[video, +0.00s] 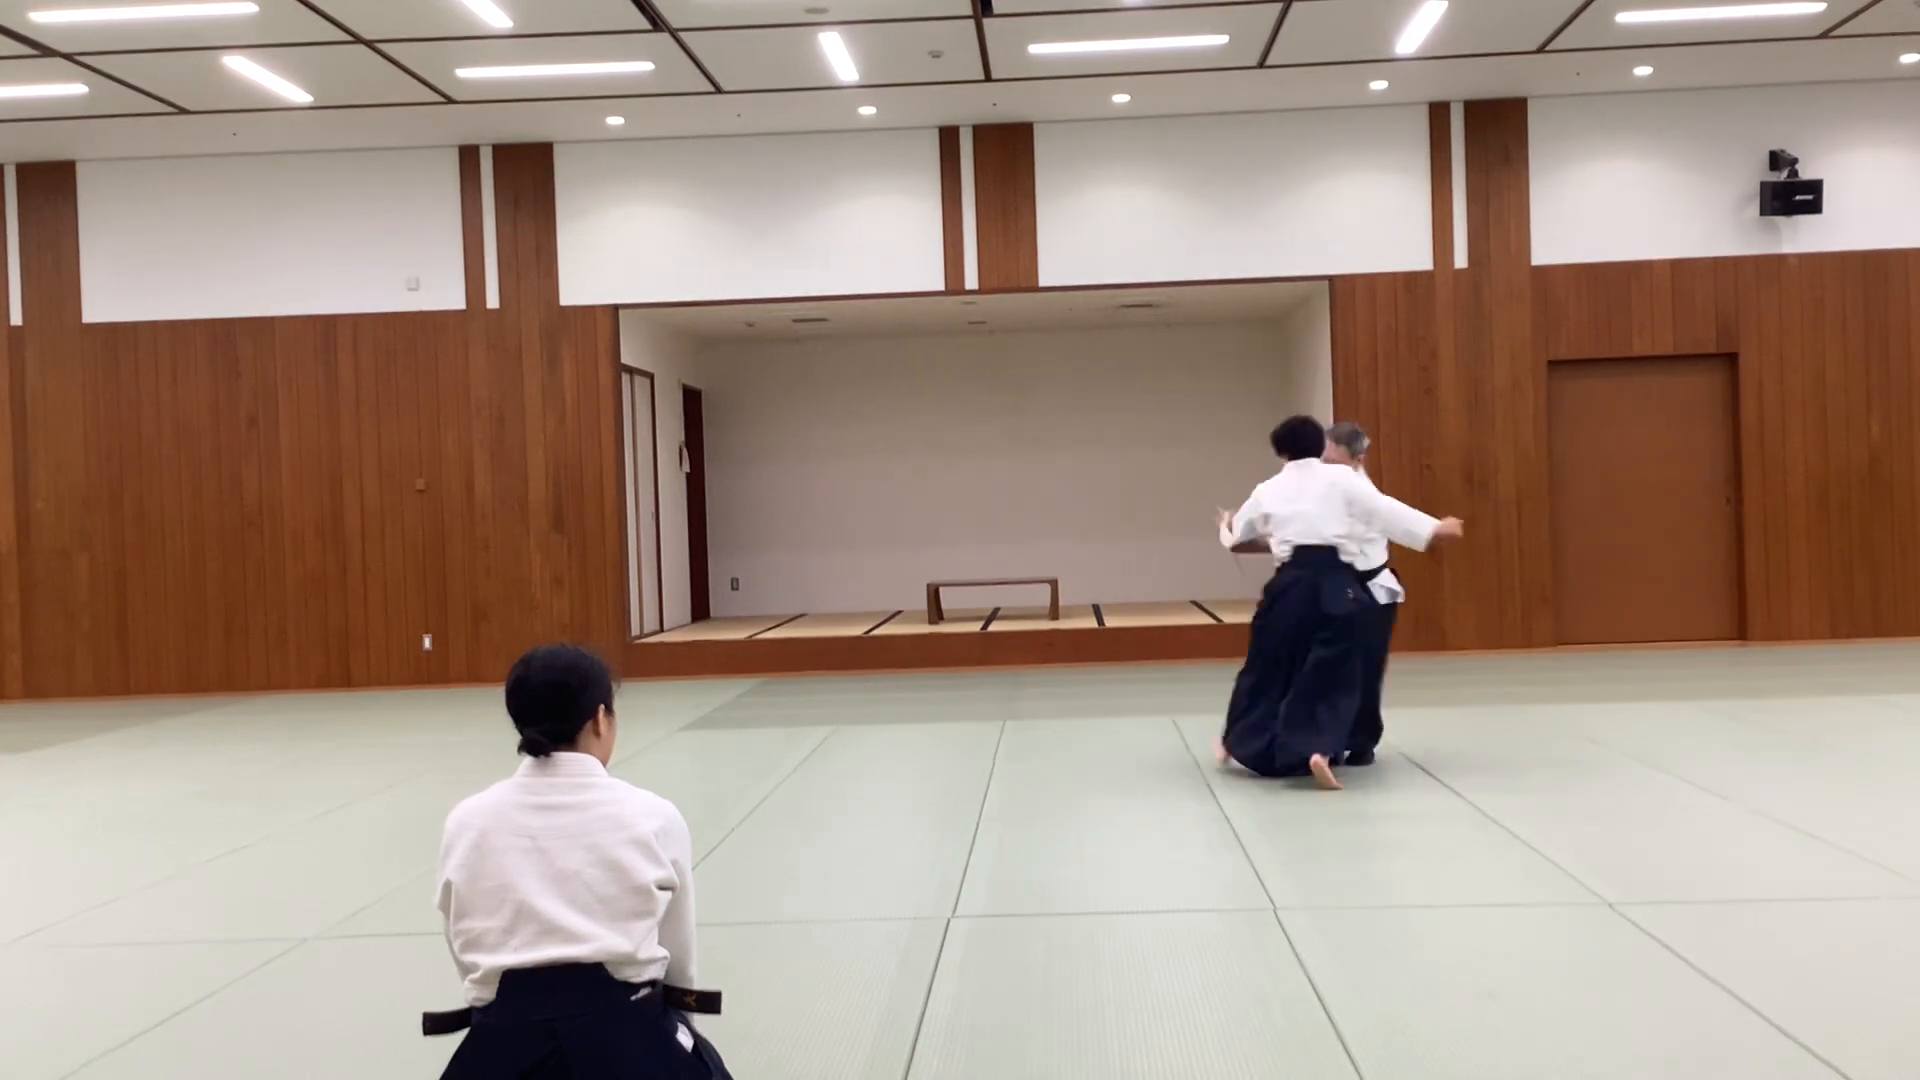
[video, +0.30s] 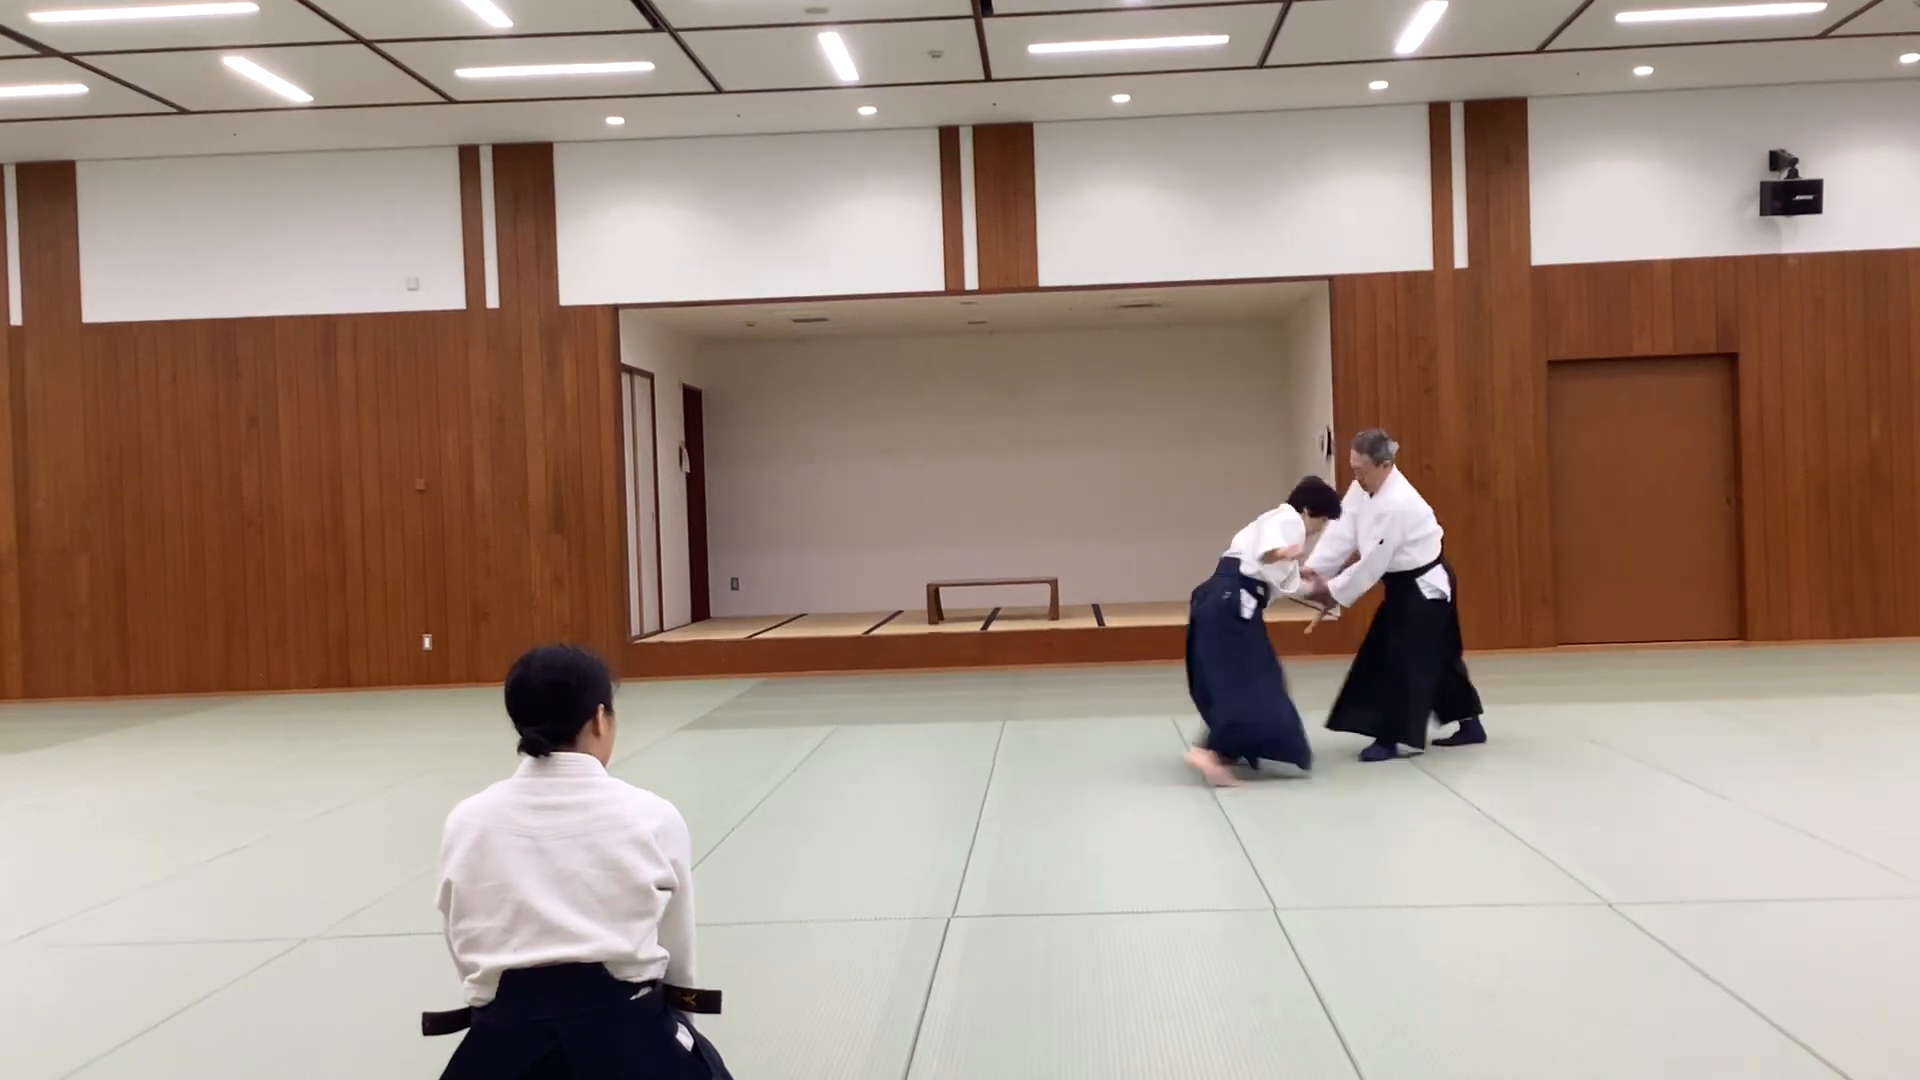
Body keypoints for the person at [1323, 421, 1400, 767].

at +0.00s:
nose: (1324, 462)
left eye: (1332, 456)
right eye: (1323, 455)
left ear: (1356, 459)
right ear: (1322, 451)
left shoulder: (1366, 492)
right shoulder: (1326, 488)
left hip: (1374, 587)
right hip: (1339, 587)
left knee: (1365, 670)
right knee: (1334, 667)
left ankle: (1361, 745)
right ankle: (1326, 745)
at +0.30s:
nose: (1354, 473)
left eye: (1360, 467)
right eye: (1353, 466)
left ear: (1383, 465)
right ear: (1357, 461)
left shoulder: (1396, 504)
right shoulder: (1362, 488)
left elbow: (1374, 563)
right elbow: (1341, 532)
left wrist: (1333, 590)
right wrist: (1313, 569)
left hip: (1423, 586)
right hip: (1407, 581)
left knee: (1397, 658)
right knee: (1438, 655)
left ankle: (1388, 739)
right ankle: (1470, 724)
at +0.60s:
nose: (1354, 468)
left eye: (1357, 460)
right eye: (1352, 461)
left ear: (1379, 454)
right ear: (1377, 455)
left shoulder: (1395, 488)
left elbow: (1394, 552)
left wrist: (1369, 597)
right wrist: (1366, 590)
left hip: (1433, 571)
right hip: (1436, 565)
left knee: (1419, 648)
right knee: (1440, 644)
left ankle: (1421, 734)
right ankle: (1455, 720)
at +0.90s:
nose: (1365, 473)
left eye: (1367, 465)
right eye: (1362, 467)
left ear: (1389, 457)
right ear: (1387, 458)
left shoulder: (1414, 483)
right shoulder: (1393, 487)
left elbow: (1400, 522)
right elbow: (1401, 530)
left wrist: (1365, 542)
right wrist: (1378, 554)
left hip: (1447, 570)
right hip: (1427, 571)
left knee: (1430, 647)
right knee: (1420, 647)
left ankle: (1433, 729)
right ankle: (1427, 725)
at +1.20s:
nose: (1374, 464)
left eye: (1377, 457)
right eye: (1372, 458)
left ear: (1399, 450)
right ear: (1394, 452)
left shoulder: (1422, 476)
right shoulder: (1401, 479)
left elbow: (1409, 509)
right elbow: (1398, 516)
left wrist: (1363, 520)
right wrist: (1363, 529)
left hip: (1445, 568)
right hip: (1427, 567)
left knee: (1434, 645)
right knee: (1434, 645)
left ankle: (1437, 727)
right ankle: (1455, 720)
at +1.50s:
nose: (1370, 465)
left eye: (1375, 459)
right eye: (1368, 459)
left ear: (1398, 455)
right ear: (1374, 454)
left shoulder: (1421, 480)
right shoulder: (1377, 487)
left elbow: (1400, 506)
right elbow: (1360, 535)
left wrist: (1354, 502)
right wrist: (1338, 573)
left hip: (1431, 576)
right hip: (1401, 577)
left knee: (1424, 650)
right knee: (1400, 649)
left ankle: (1426, 730)